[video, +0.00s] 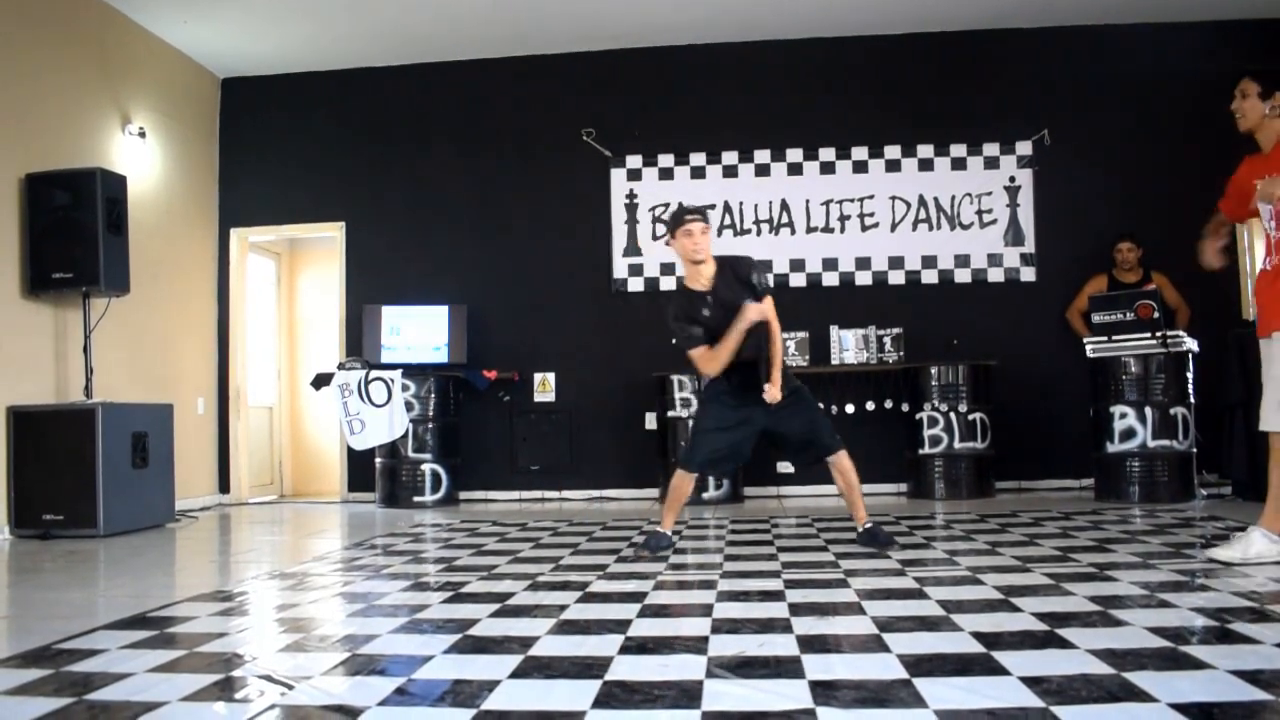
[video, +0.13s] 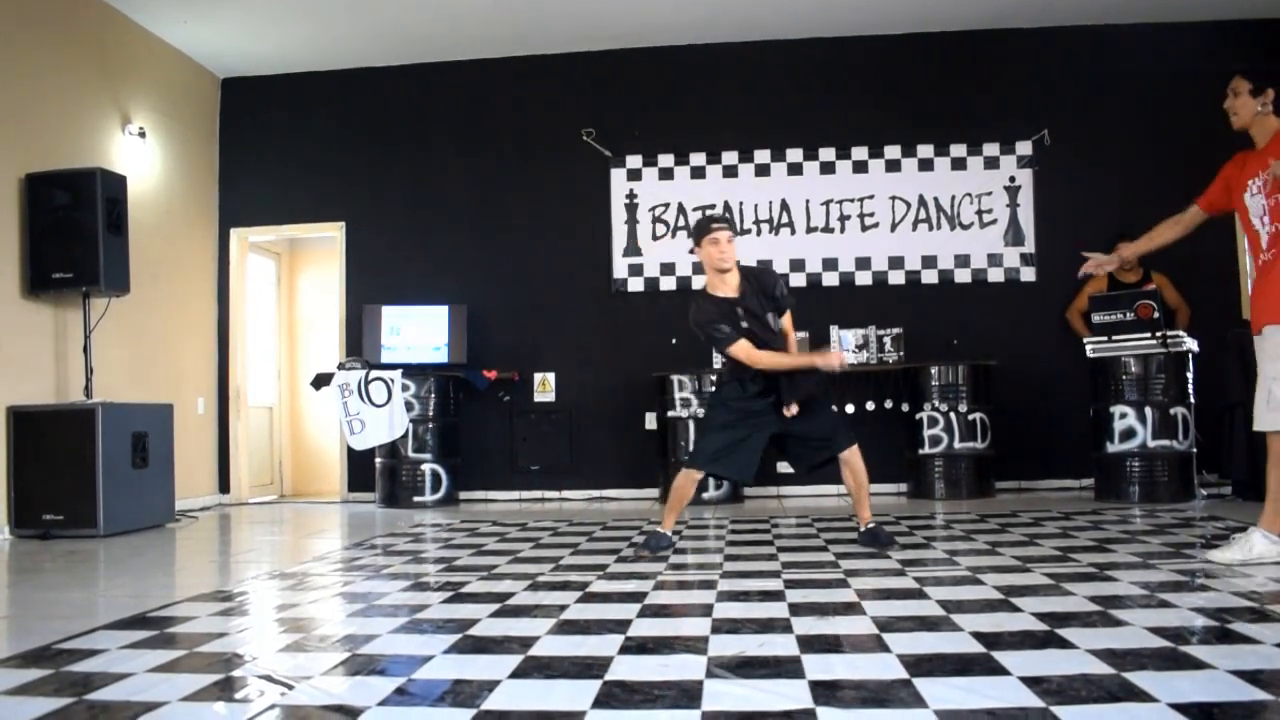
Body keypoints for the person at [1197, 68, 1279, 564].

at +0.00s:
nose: (1234, 106)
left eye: (1242, 97)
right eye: (1235, 98)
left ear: (1272, 103)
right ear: (1258, 106)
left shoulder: (1271, 163)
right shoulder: (1251, 167)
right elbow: (1225, 216)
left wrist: (1274, 196)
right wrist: (1213, 240)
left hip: (1277, 314)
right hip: (1266, 314)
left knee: (1276, 421)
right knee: (1274, 420)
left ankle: (1271, 526)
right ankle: (1270, 525)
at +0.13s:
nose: (1227, 104)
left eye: (1236, 94)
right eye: (1228, 95)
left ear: (1266, 99)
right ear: (1257, 101)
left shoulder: (1273, 153)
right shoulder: (1241, 167)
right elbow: (1187, 219)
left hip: (1277, 314)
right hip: (1266, 315)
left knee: (1273, 423)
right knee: (1271, 423)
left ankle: (1270, 529)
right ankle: (1269, 529)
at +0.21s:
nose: (1219, 103)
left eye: (1228, 94)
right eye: (1220, 95)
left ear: (1258, 97)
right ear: (1244, 101)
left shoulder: (1275, 145)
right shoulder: (1229, 163)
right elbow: (1181, 211)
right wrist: (1133, 246)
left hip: (1277, 311)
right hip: (1261, 314)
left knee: (1272, 421)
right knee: (1270, 421)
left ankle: (1268, 529)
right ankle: (1269, 528)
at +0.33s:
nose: (1206, 105)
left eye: (1215, 96)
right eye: (1206, 97)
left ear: (1246, 100)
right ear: (1231, 103)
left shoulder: (1273, 146)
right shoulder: (1217, 170)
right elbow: (1174, 206)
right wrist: (1130, 235)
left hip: (1274, 310)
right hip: (1250, 316)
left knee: (1272, 422)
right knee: (1268, 422)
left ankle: (1268, 529)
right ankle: (1268, 528)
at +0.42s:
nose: (1200, 105)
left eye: (1208, 95)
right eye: (1201, 96)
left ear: (1241, 99)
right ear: (1228, 102)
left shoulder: (1275, 141)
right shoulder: (1213, 169)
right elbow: (1185, 230)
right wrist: (1125, 216)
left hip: (1277, 308)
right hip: (1248, 314)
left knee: (1273, 423)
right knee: (1268, 424)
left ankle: (1269, 529)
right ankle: (1271, 529)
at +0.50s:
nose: (1197, 102)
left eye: (1206, 92)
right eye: (1198, 93)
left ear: (1238, 95)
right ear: (1221, 99)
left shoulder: (1274, 136)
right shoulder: (1208, 166)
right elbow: (1182, 235)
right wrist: (1114, 221)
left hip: (1278, 301)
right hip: (1249, 311)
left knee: (1273, 419)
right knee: (1271, 419)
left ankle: (1269, 527)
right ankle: (1271, 527)